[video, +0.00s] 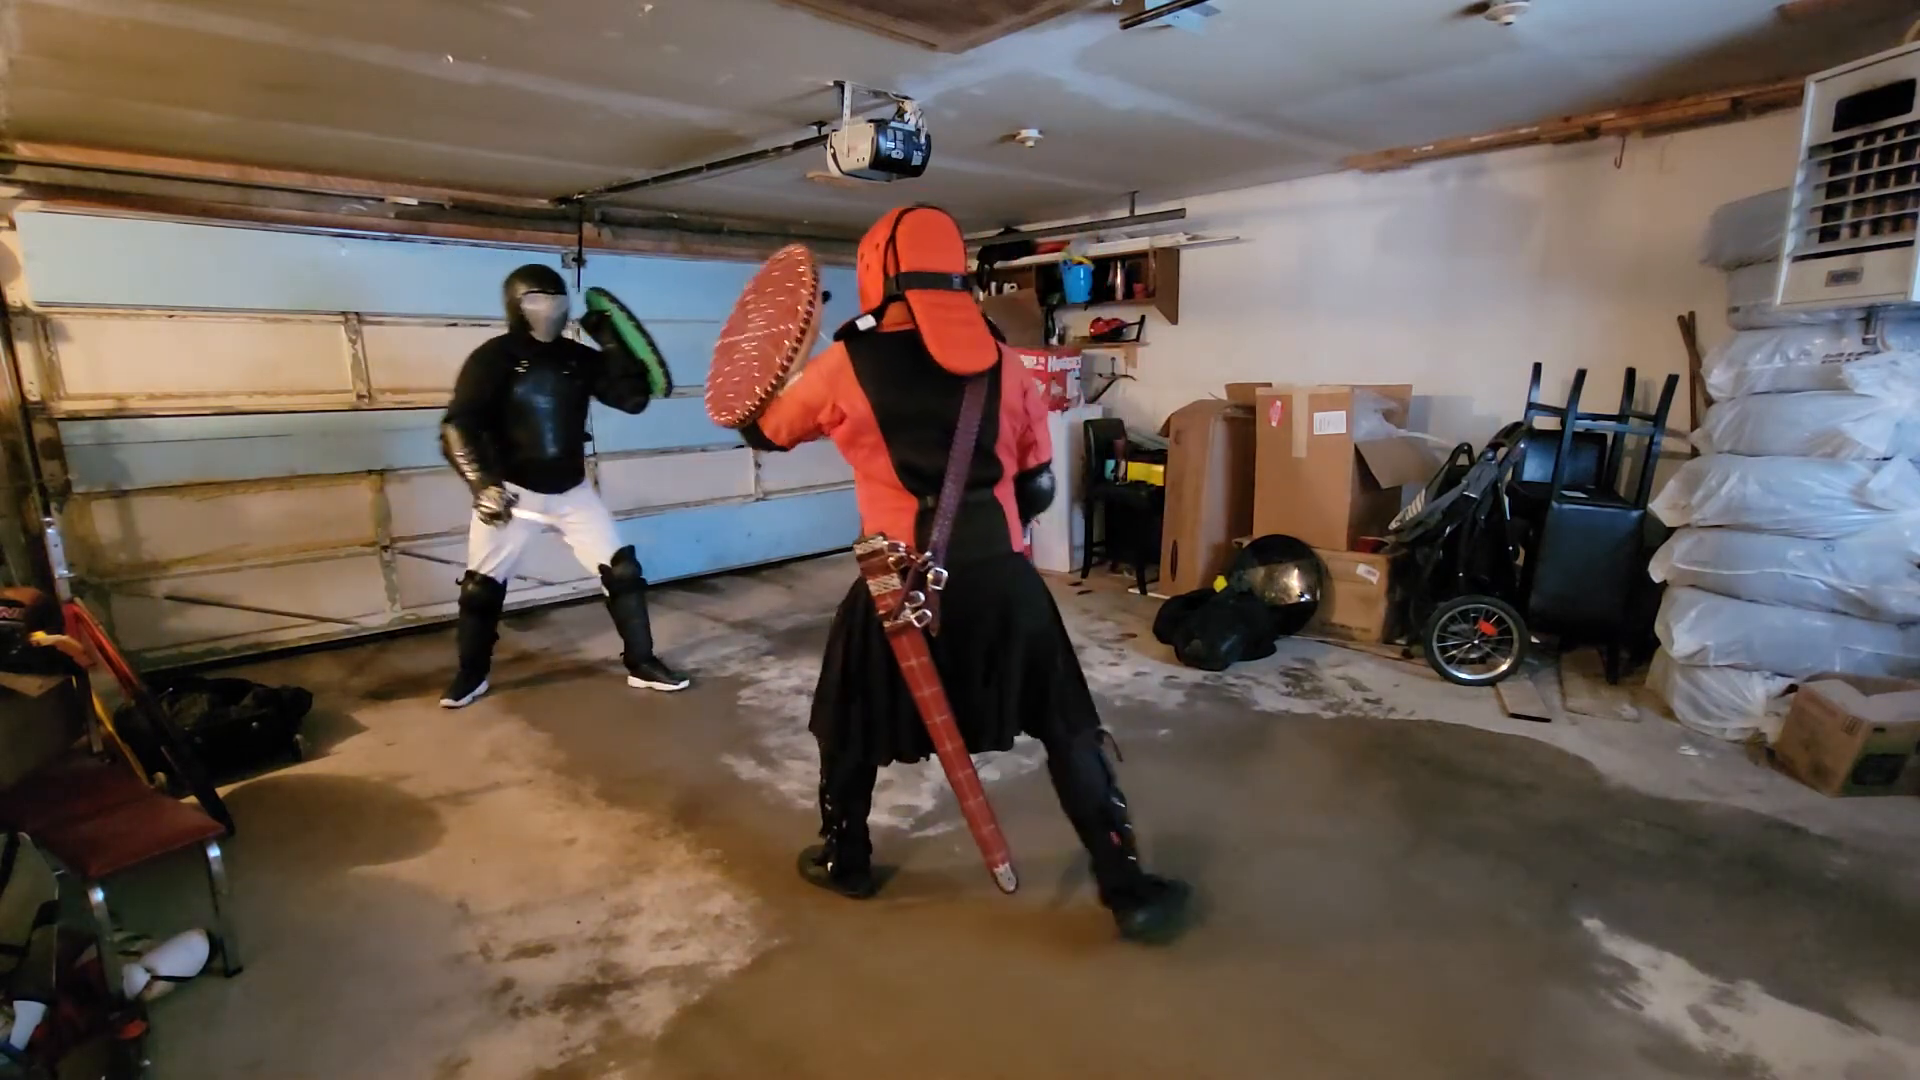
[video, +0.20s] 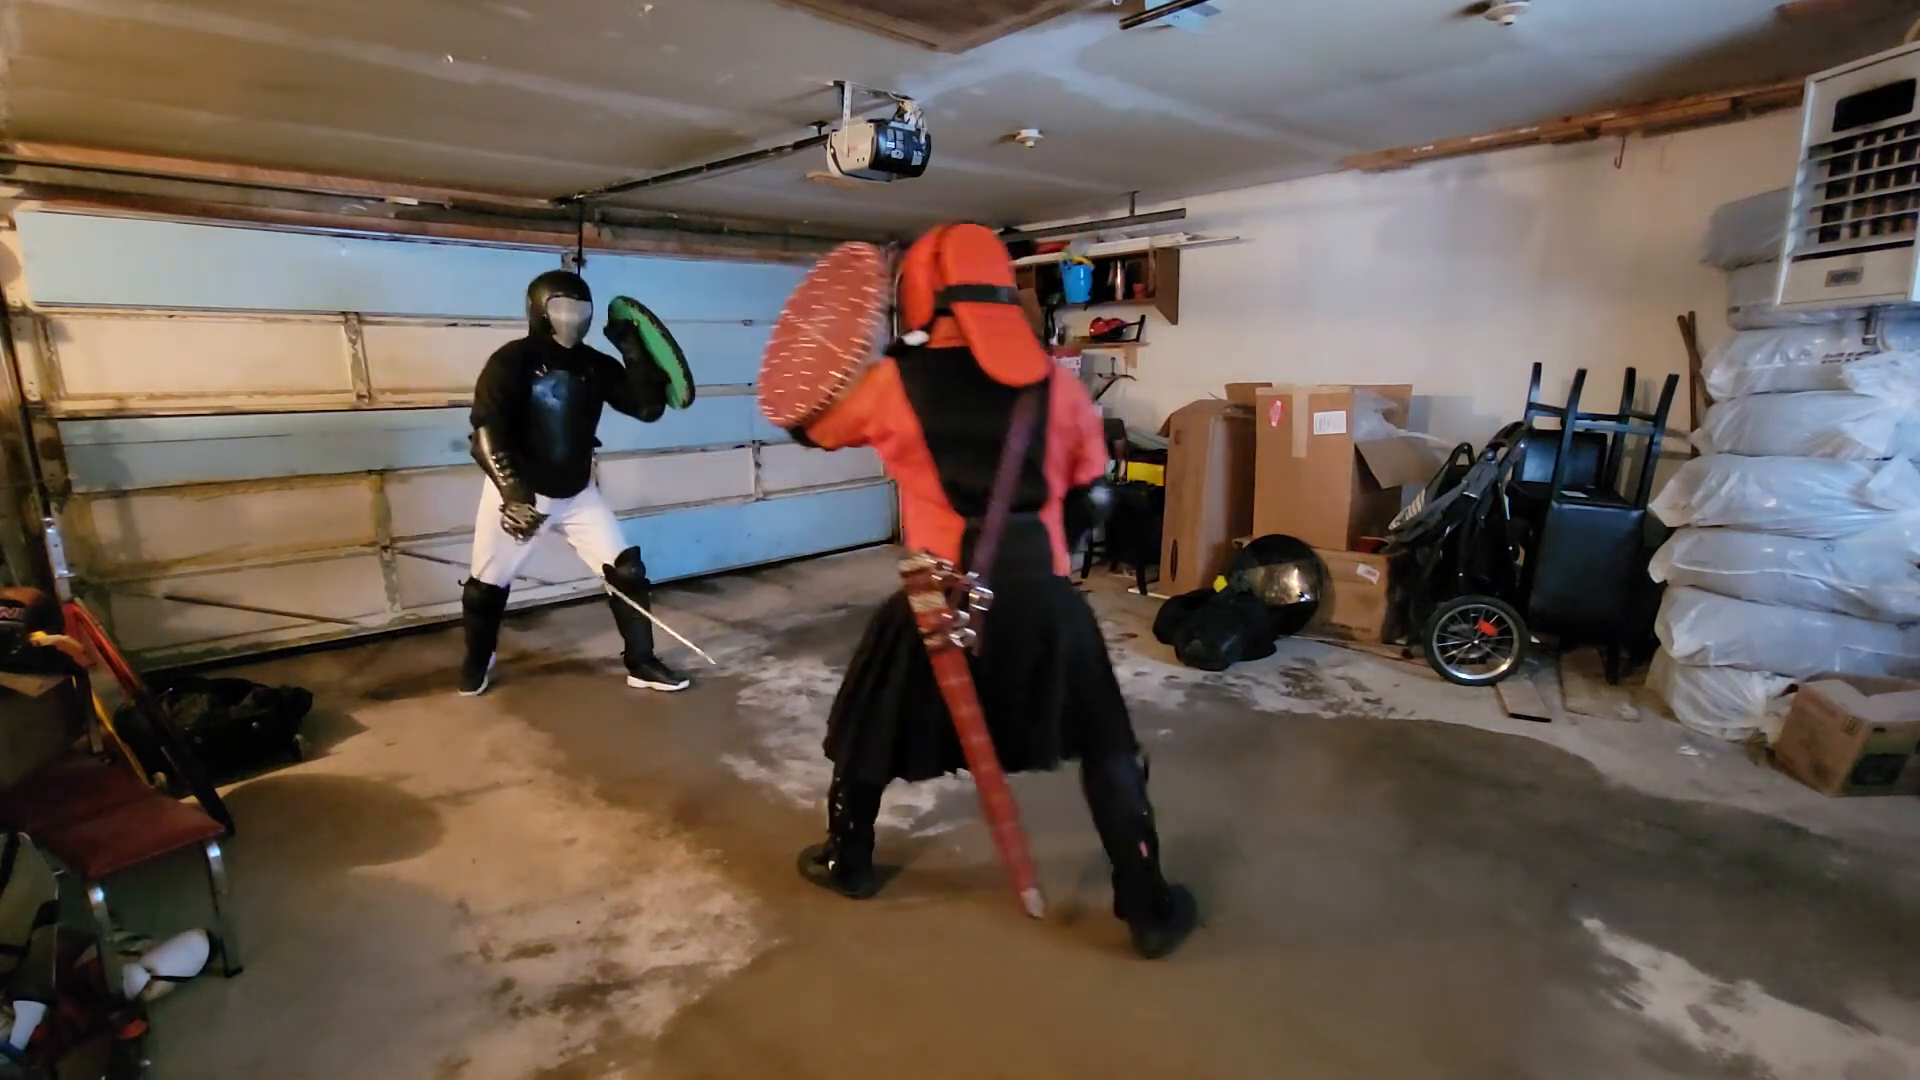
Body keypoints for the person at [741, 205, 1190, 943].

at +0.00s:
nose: (860, 284)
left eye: (865, 272)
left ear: (878, 277)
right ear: (957, 274)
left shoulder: (847, 364)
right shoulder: (1008, 367)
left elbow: (768, 428)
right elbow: (1035, 491)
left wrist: (780, 366)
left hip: (897, 582)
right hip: (999, 576)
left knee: (849, 714)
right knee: (1067, 721)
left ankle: (846, 854)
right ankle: (1127, 886)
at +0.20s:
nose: (902, 305)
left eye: (907, 293)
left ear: (919, 298)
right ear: (1007, 291)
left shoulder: (897, 383)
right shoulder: (1056, 382)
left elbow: (815, 429)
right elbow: (1090, 481)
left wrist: (825, 336)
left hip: (939, 599)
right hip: (1044, 596)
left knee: (870, 719)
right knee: (1105, 738)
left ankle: (850, 857)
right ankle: (1148, 907)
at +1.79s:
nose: (1034, 297)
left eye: (1039, 285)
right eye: (1036, 285)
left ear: (1057, 288)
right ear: (1131, 288)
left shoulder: (1025, 369)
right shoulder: (1183, 377)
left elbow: (948, 448)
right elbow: (1211, 495)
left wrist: (934, 379)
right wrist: (1153, 526)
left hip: (1055, 583)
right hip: (1159, 586)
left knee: (985, 698)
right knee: (1202, 729)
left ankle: (969, 849)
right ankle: (1232, 887)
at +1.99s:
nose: (1042, 290)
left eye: (1049, 278)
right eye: (1045, 278)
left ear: (1067, 283)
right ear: (1138, 283)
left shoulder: (1029, 366)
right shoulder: (1186, 371)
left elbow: (955, 443)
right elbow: (1221, 489)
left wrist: (955, 364)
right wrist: (1169, 531)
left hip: (1058, 579)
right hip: (1163, 581)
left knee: (992, 702)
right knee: (1206, 727)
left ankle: (970, 849)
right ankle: (1234, 889)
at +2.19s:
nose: (1039, 298)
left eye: (1045, 288)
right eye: (1042, 286)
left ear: (1063, 293)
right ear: (1133, 295)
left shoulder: (1028, 375)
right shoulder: (1180, 382)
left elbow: (950, 453)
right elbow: (1217, 492)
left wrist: (947, 375)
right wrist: (1156, 526)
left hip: (1054, 582)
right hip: (1155, 582)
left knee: (980, 682)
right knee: (1198, 726)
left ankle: (995, 824)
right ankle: (1236, 892)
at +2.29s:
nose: (1015, 305)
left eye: (1021, 294)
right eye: (1019, 292)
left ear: (1040, 302)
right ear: (1110, 304)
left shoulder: (1009, 377)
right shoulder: (1140, 384)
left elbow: (938, 450)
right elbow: (1178, 497)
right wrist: (1145, 551)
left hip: (1051, 577)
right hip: (1135, 574)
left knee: (977, 675)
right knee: (1179, 724)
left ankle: (1002, 822)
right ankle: (1233, 890)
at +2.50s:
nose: (978, 306)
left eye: (985, 292)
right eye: (979, 292)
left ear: (1008, 298)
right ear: (1056, 297)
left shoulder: (1001, 365)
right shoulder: (1079, 365)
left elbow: (932, 445)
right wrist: (956, 483)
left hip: (1018, 575)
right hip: (1089, 567)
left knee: (953, 698)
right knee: (1115, 704)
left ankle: (1000, 822)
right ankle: (1190, 817)